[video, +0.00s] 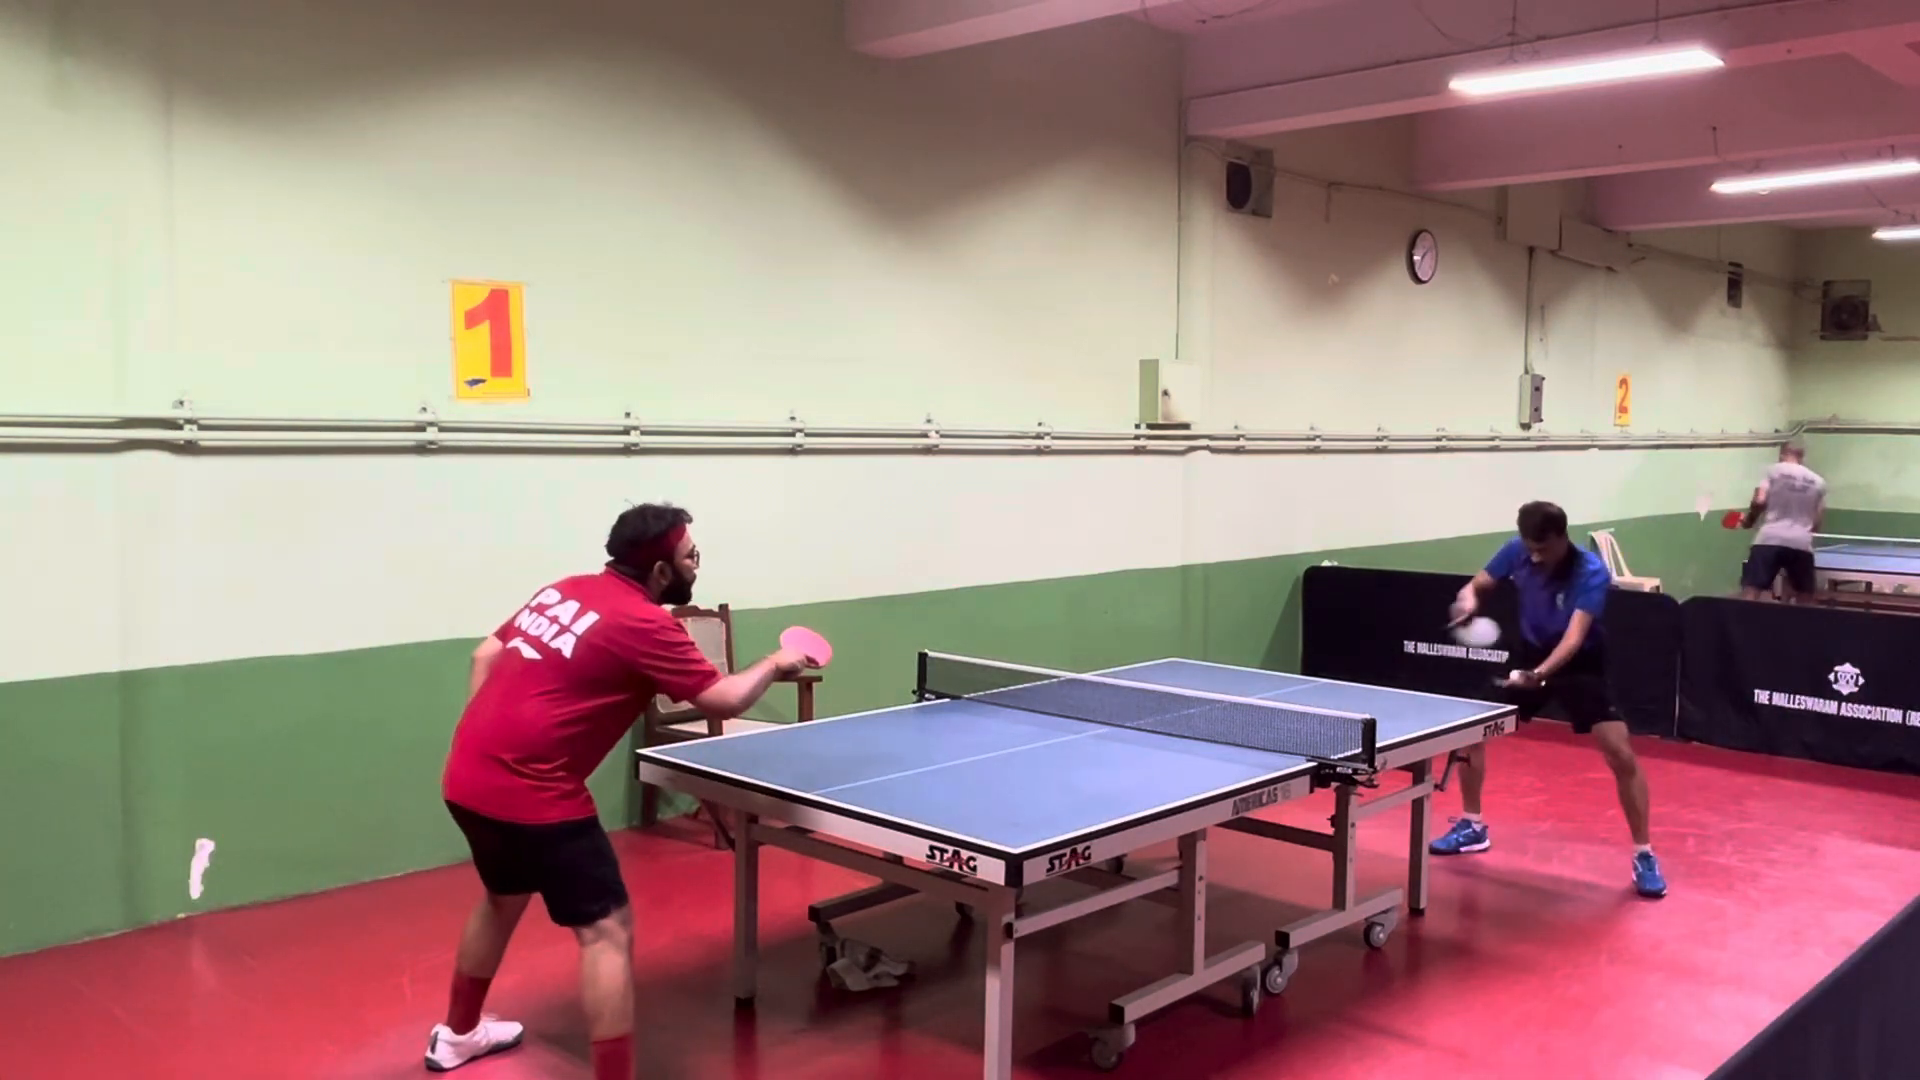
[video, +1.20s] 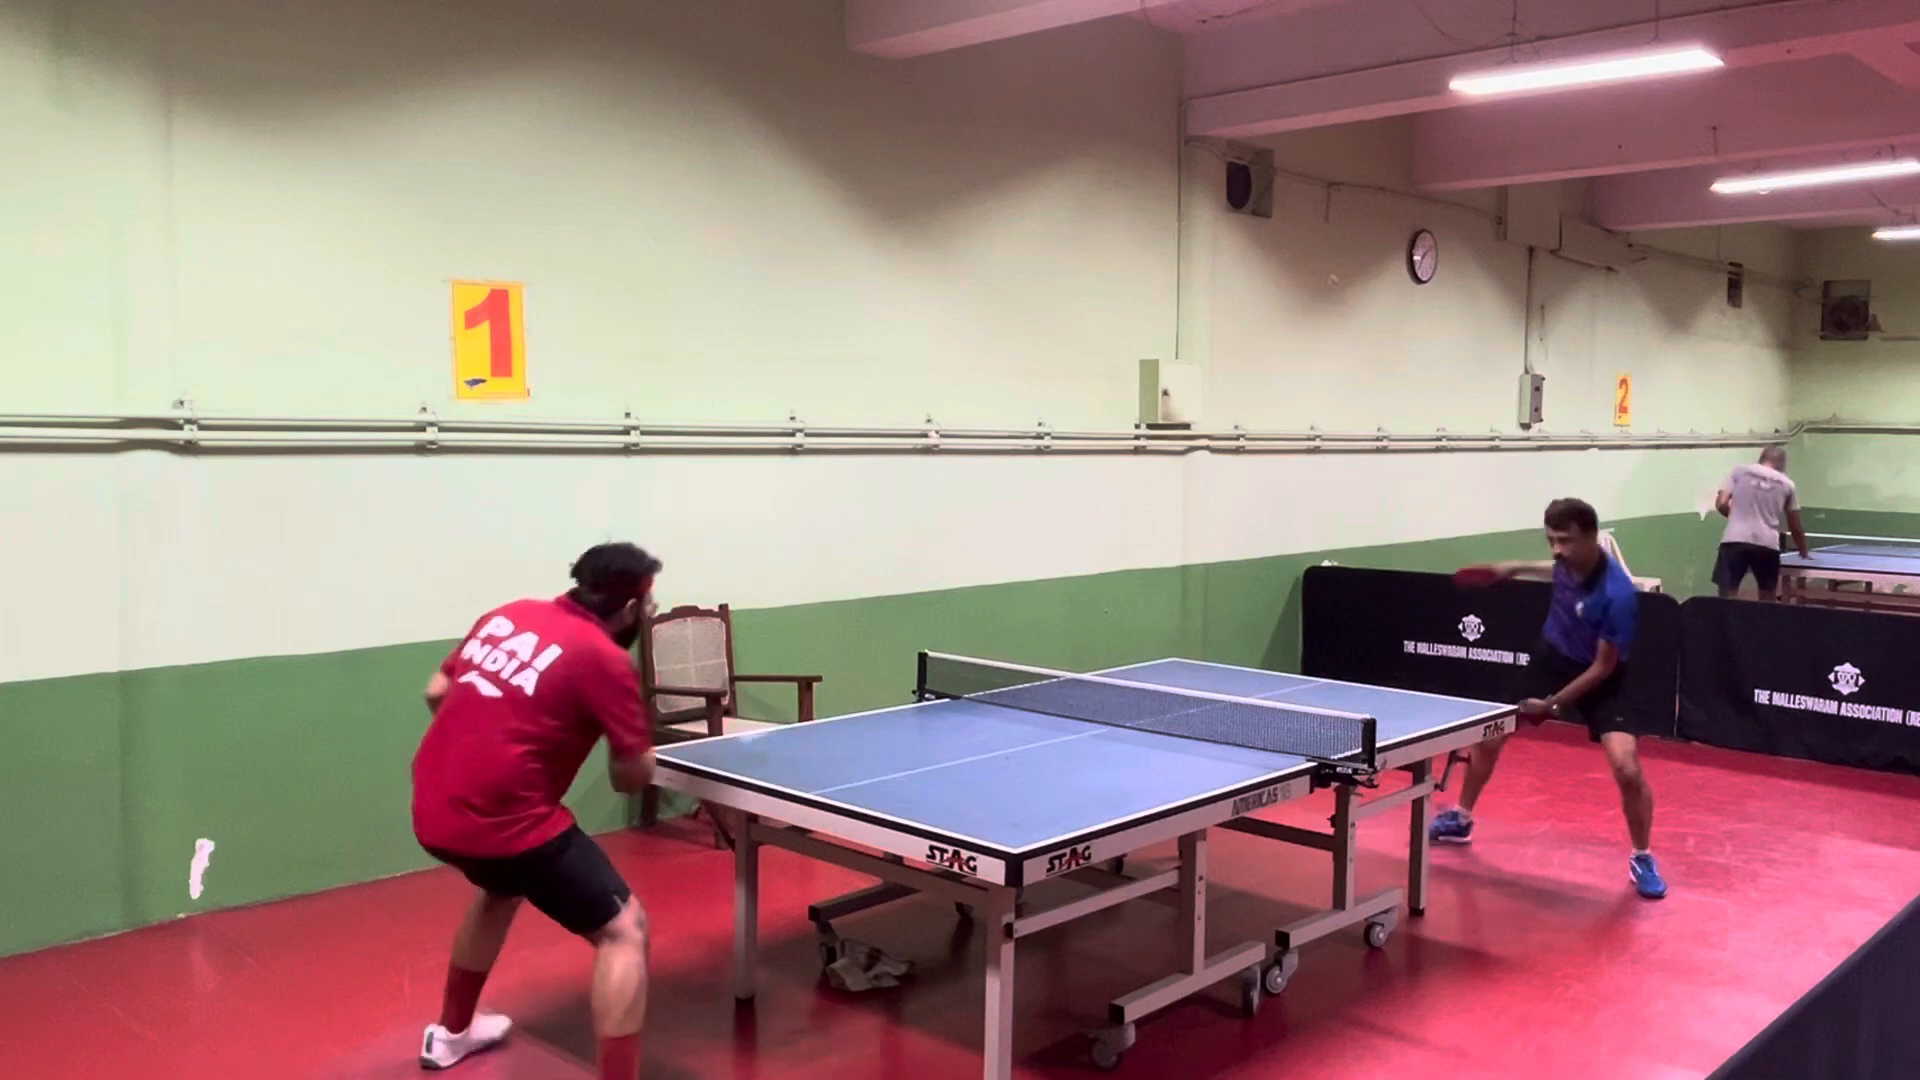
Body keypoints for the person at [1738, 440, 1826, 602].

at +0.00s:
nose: (1784, 459)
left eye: (1783, 456)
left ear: (1783, 455)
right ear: (1802, 457)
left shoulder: (1772, 471)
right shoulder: (1818, 482)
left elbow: (1760, 501)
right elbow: (1817, 521)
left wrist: (1749, 520)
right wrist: (1808, 530)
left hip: (1769, 540)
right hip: (1801, 545)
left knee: (1751, 593)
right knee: (1805, 600)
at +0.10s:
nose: (1769, 459)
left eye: (1770, 456)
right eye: (1771, 456)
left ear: (1772, 455)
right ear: (1791, 456)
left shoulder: (1761, 472)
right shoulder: (1807, 481)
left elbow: (1750, 503)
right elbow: (1806, 513)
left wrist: (1738, 520)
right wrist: (1802, 526)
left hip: (1760, 542)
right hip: (1791, 546)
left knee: (1743, 594)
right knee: (1796, 599)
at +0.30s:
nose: (1748, 456)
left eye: (1748, 452)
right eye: (1748, 452)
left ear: (1750, 452)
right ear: (1769, 451)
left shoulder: (1744, 472)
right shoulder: (1789, 477)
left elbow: (1734, 504)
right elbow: (1791, 514)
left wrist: (1723, 517)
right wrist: (1786, 523)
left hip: (1744, 545)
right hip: (1775, 546)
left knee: (1735, 597)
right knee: (1781, 599)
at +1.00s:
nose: (1769, 458)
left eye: (1769, 455)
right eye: (1769, 455)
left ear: (1745, 454)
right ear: (1766, 455)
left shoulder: (1727, 471)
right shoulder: (1778, 478)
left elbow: (1715, 505)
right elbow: (1789, 523)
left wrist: (1729, 519)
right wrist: (1783, 542)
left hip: (1733, 544)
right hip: (1765, 546)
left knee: (1732, 599)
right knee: (1766, 600)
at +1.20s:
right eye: (1783, 464)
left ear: (1761, 458)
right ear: (1782, 463)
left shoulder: (1739, 470)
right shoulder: (1787, 485)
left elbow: (1721, 503)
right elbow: (1795, 526)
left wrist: (1736, 516)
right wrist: (1804, 552)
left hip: (1735, 542)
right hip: (1767, 546)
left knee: (1727, 598)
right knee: (1767, 599)